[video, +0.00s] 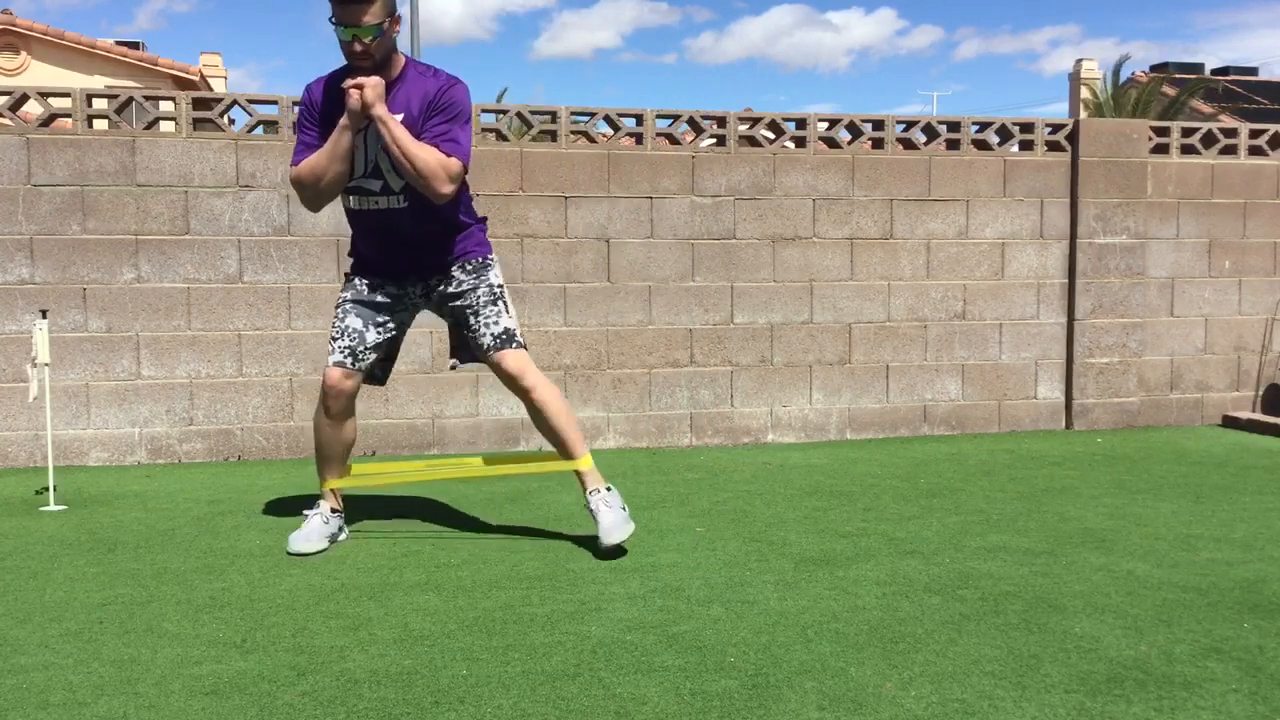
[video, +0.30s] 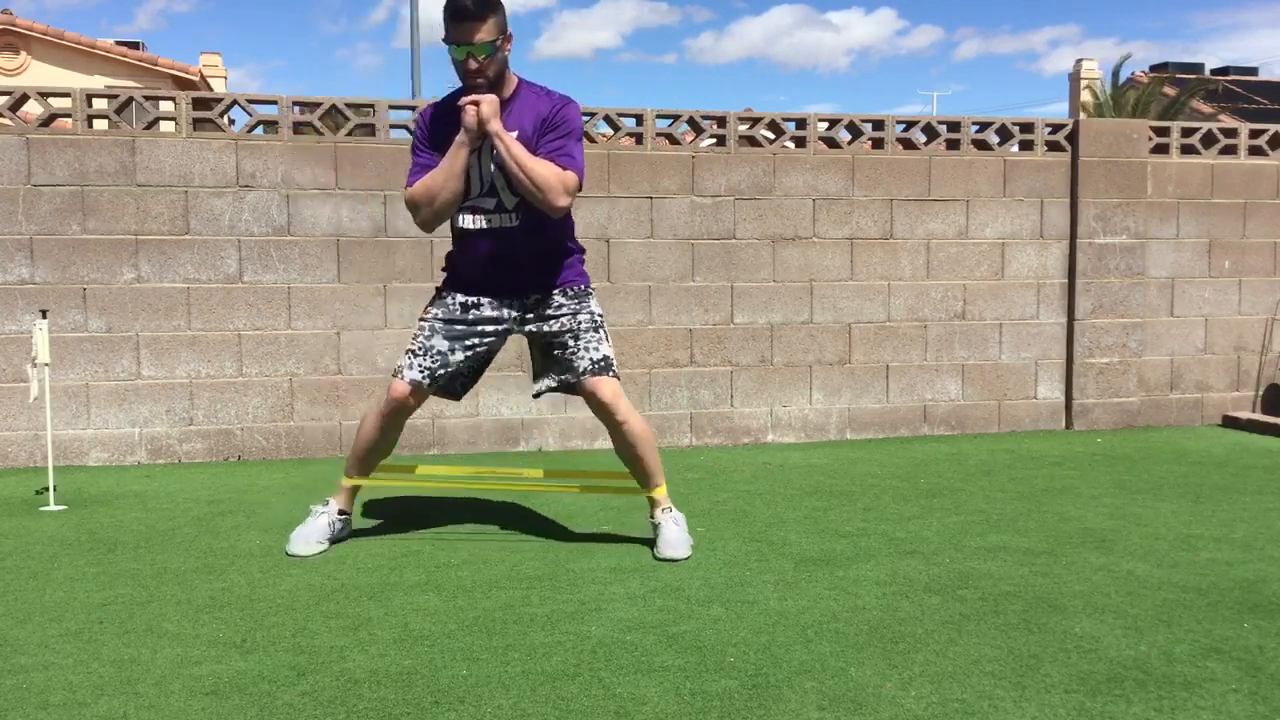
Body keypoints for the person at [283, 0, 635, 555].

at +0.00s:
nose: (355, 43)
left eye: (367, 31)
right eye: (345, 31)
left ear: (395, 24)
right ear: (332, 26)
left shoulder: (443, 91)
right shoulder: (322, 96)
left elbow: (443, 184)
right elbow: (311, 195)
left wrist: (381, 115)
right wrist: (350, 123)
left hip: (455, 257)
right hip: (377, 264)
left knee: (512, 365)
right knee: (336, 383)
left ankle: (596, 489)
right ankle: (329, 508)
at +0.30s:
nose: (471, 62)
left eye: (483, 49)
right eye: (460, 50)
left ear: (506, 42)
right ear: (447, 47)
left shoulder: (554, 110)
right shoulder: (437, 118)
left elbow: (559, 197)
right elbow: (424, 213)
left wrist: (496, 133)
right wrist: (466, 139)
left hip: (554, 284)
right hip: (472, 285)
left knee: (604, 394)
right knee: (400, 394)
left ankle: (664, 510)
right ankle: (339, 506)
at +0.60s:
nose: (560, 34)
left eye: (572, 21)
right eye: (549, 22)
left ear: (596, 14)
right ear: (538, 19)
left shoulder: (640, 80)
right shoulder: (519, 86)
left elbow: (641, 170)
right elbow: (513, 187)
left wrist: (582, 100)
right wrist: (553, 108)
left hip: (626, 256)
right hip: (549, 251)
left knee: (644, 381)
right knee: (486, 359)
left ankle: (669, 508)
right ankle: (472, 482)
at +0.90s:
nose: (570, 41)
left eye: (582, 30)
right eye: (559, 30)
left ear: (607, 22)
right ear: (546, 25)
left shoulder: (645, 91)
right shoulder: (526, 94)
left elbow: (642, 184)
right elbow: (515, 192)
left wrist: (587, 113)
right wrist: (556, 120)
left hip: (635, 262)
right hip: (559, 261)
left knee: (652, 381)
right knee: (519, 384)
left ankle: (672, 506)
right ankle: (522, 505)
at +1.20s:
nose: (595, 43)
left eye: (608, 31)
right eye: (584, 31)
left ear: (634, 22)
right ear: (572, 24)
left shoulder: (677, 88)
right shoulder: (557, 96)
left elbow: (682, 178)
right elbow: (542, 195)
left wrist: (620, 114)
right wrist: (587, 120)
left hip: (687, 260)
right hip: (606, 267)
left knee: (753, 372)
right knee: (555, 385)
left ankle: (834, 490)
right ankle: (527, 505)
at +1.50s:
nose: (736, 65)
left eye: (747, 52)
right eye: (723, 53)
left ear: (768, 42)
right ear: (708, 46)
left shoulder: (811, 107)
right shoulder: (692, 119)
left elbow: (824, 194)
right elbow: (684, 217)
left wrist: (758, 134)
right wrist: (727, 141)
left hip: (799, 285)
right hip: (713, 282)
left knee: (843, 406)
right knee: (631, 385)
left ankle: (881, 514)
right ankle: (553, 497)